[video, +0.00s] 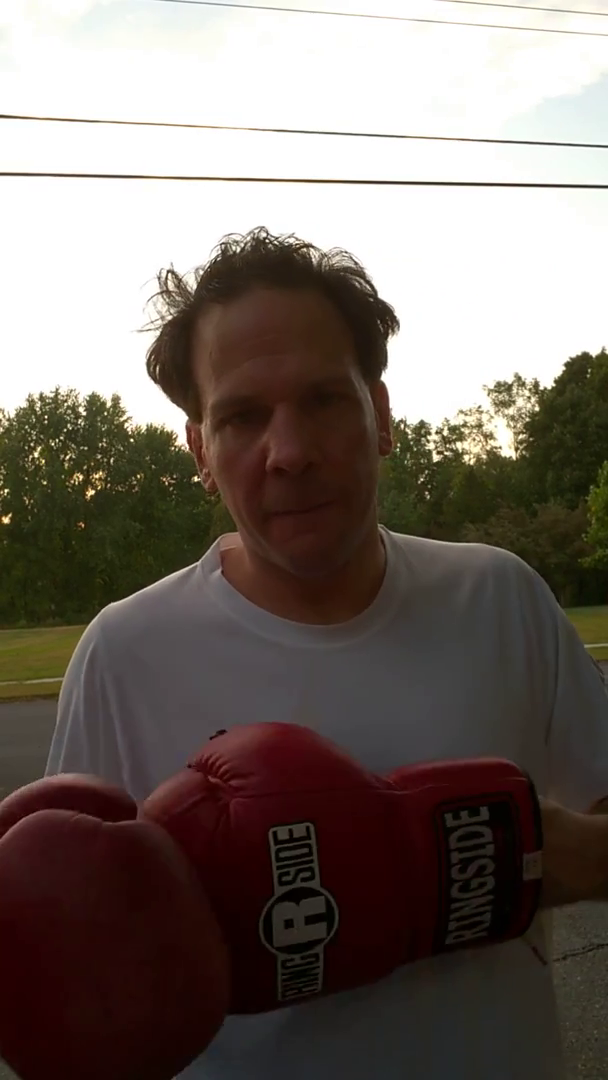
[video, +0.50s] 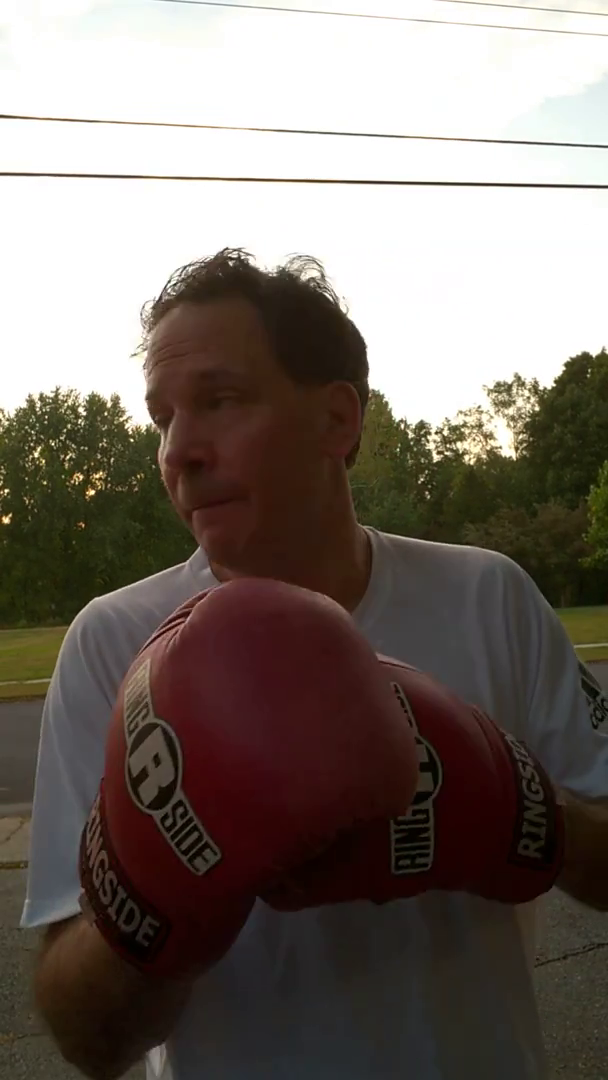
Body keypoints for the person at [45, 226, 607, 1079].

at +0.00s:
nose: (288, 452)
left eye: (323, 401)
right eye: (243, 416)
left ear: (382, 420)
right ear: (202, 454)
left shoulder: (503, 603)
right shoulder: (124, 655)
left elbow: (603, 829)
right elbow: (67, 925)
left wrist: (550, 846)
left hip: (503, 1065)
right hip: (225, 1068)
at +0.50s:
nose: (178, 453)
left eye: (221, 400)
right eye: (163, 417)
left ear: (339, 419)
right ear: (157, 439)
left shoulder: (492, 602)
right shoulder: (112, 642)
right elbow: (88, 1038)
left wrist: (520, 819)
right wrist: (164, 882)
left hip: (480, 1061)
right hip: (223, 1070)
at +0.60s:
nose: (144, 451)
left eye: (186, 403)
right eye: (140, 416)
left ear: (314, 419)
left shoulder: (484, 597)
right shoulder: (104, 641)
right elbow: (91, 1038)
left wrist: (503, 813)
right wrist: (163, 868)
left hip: (469, 1060)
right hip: (215, 1068)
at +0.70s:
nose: (111, 456)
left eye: (154, 404)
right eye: (117, 415)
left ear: (283, 426)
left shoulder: (477, 599)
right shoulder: (94, 645)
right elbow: (78, 1043)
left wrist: (477, 816)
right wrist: (159, 834)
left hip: (460, 1062)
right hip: (210, 1068)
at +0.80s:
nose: (96, 461)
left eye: (137, 413)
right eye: (103, 419)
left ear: (266, 431)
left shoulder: (468, 600)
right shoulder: (80, 652)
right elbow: (74, 1046)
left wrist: (461, 807)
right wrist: (146, 834)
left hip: (453, 1061)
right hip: (201, 1069)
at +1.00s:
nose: (133, 468)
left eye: (173, 422)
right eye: (142, 429)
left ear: (298, 442)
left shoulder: (486, 599)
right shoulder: (117, 644)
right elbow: (98, 1019)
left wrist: (477, 796)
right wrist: (208, 805)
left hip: (473, 1060)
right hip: (223, 1067)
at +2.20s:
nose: (341, 481)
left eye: (360, 455)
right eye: (314, 462)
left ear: (391, 468)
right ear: (282, 484)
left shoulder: (461, 567)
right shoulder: (234, 612)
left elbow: (588, 724)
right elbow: (195, 831)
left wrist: (486, 638)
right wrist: (293, 713)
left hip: (487, 985)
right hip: (325, 1015)